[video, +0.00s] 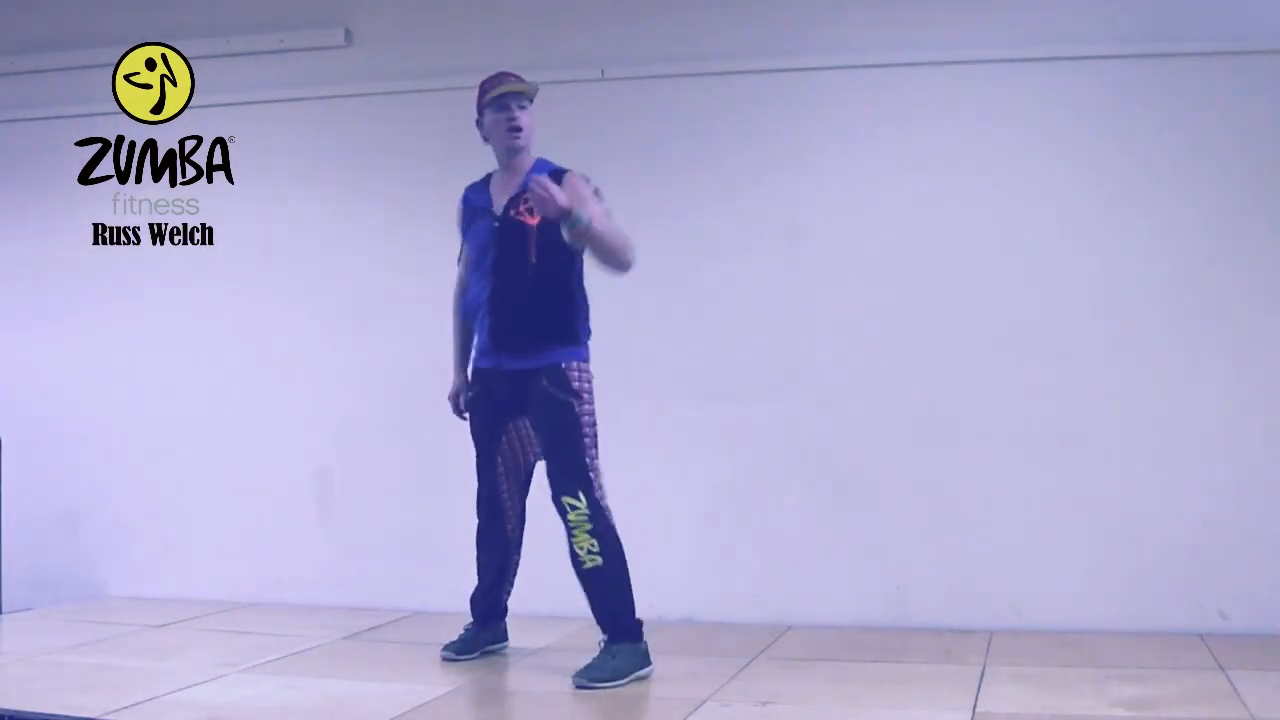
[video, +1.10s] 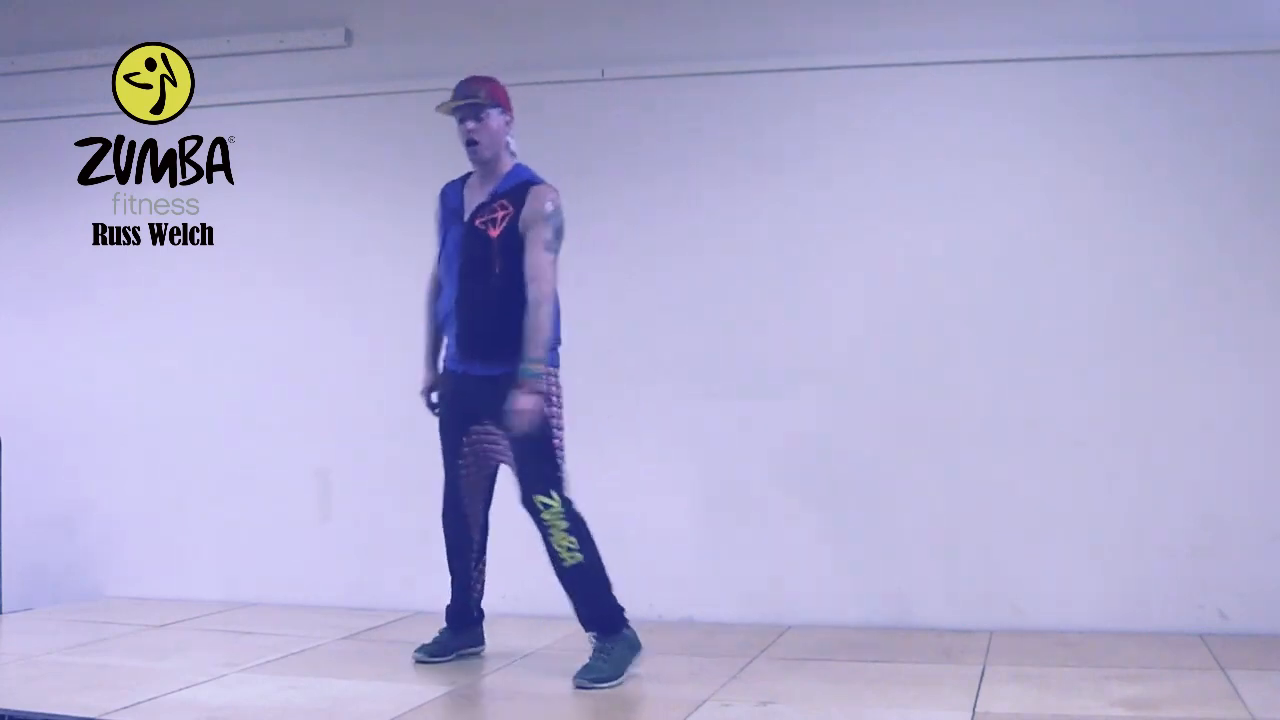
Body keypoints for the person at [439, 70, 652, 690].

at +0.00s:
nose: (513, 117)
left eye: (521, 106)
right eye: (500, 110)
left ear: (536, 117)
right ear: (482, 126)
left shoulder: (569, 186)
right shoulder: (475, 199)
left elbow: (623, 256)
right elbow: (467, 285)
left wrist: (576, 212)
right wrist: (460, 367)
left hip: (559, 370)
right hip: (494, 373)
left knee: (581, 505)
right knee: (496, 505)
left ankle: (625, 643)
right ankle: (488, 625)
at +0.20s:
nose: (523, 128)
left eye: (530, 117)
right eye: (509, 121)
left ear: (545, 124)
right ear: (491, 136)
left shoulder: (580, 177)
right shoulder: (505, 214)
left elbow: (645, 173)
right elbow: (498, 303)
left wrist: (671, 202)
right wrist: (466, 384)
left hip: (590, 371)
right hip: (527, 370)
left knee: (583, 508)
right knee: (469, 484)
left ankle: (625, 646)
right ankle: (502, 586)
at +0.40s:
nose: (528, 123)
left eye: (535, 111)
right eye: (514, 117)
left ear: (551, 118)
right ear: (497, 135)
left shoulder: (594, 170)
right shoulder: (509, 210)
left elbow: (678, 184)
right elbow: (523, 296)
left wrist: (659, 123)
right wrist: (502, 378)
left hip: (607, 365)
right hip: (545, 371)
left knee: (600, 504)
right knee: (522, 493)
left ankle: (627, 645)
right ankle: (584, 609)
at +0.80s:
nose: (500, 120)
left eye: (512, 109)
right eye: (494, 113)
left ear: (543, 118)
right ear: (492, 128)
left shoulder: (582, 181)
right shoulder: (500, 201)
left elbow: (650, 246)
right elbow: (516, 290)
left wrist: (653, 185)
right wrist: (491, 357)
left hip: (587, 371)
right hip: (527, 373)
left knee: (587, 513)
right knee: (465, 477)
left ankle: (624, 646)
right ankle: (521, 593)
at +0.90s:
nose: (494, 103)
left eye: (507, 93)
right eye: (488, 95)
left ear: (536, 104)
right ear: (483, 110)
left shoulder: (568, 174)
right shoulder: (482, 186)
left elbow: (607, 245)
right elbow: (488, 277)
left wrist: (650, 279)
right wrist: (477, 348)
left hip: (567, 365)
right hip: (502, 367)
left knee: (589, 501)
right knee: (476, 494)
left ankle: (622, 641)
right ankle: (469, 614)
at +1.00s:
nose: (489, 113)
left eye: (500, 103)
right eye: (482, 105)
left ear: (528, 112)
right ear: (477, 117)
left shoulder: (558, 185)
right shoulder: (473, 189)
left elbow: (589, 263)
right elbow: (471, 280)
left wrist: (618, 338)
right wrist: (460, 353)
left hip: (551, 369)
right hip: (489, 373)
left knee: (580, 502)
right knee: (475, 499)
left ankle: (622, 642)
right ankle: (461, 623)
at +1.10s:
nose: (468, 127)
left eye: (479, 116)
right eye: (461, 118)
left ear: (507, 121)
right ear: (456, 128)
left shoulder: (537, 197)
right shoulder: (451, 197)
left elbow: (542, 295)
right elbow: (440, 283)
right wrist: (432, 363)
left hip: (522, 373)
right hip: (462, 374)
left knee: (546, 504)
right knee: (462, 506)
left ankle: (613, 633)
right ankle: (464, 626)